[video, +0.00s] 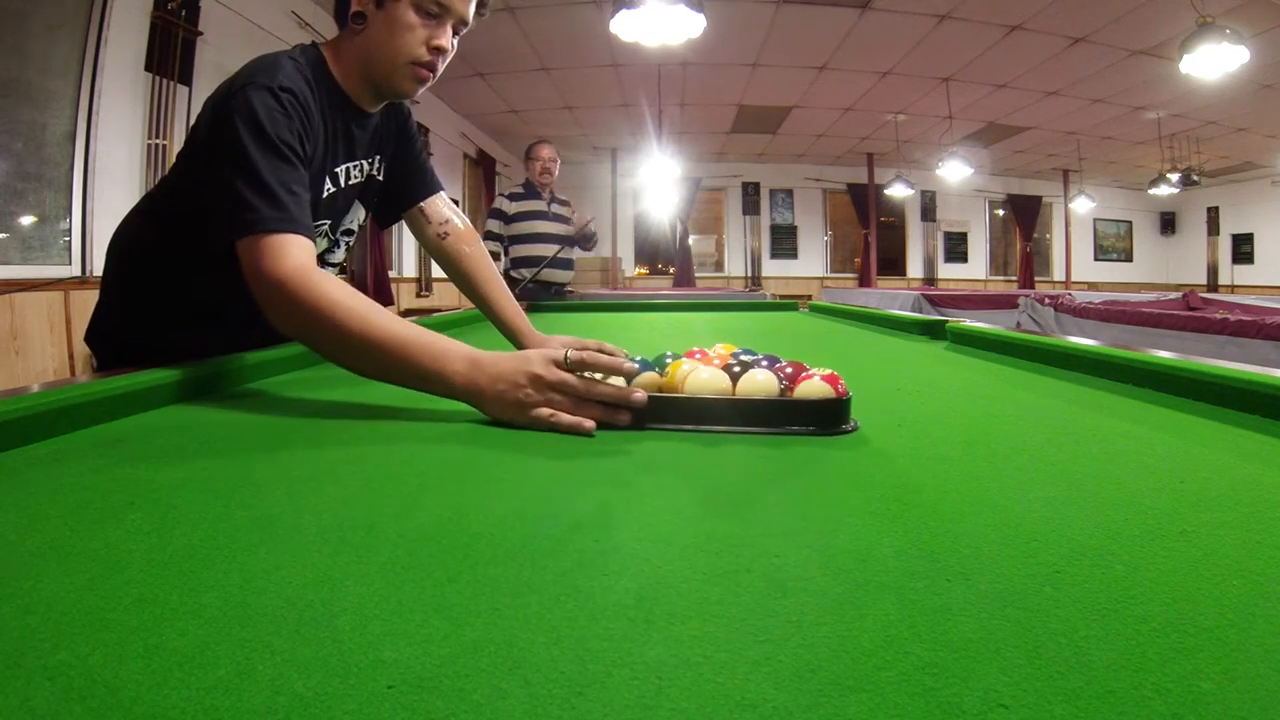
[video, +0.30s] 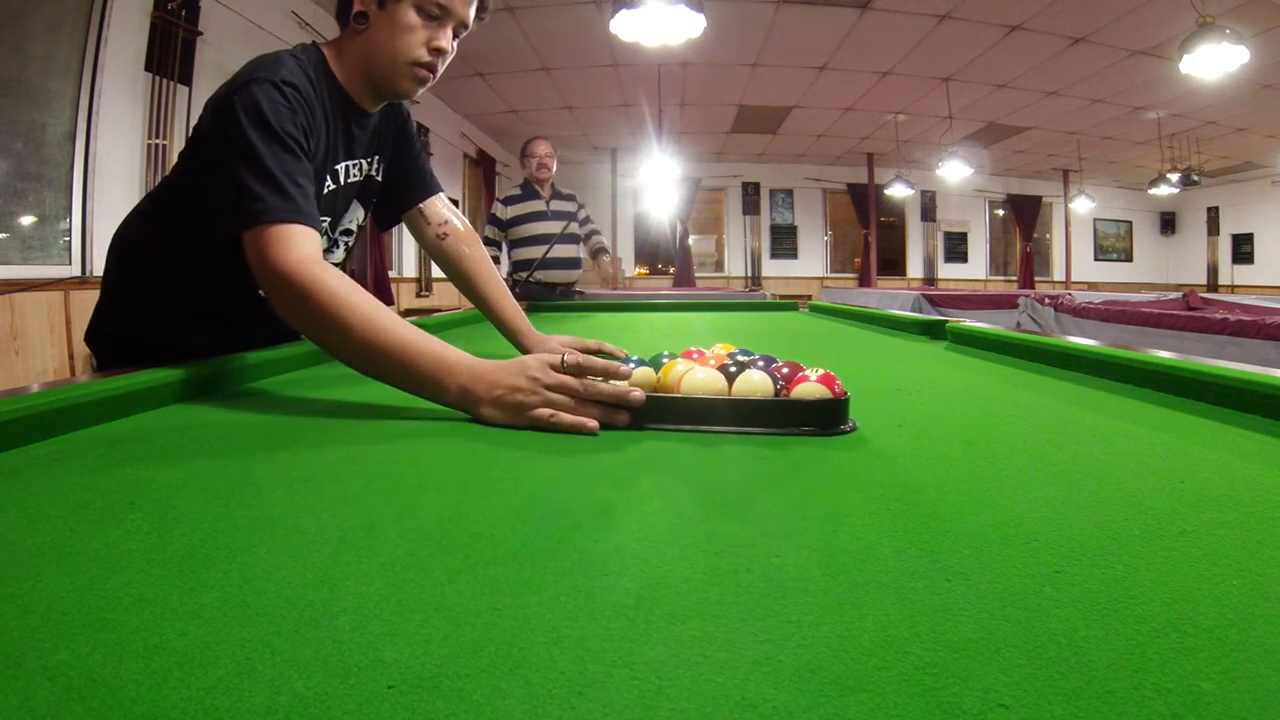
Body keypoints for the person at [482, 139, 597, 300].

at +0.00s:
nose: (546, 166)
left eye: (552, 161)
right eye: (539, 160)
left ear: (558, 167)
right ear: (527, 165)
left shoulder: (565, 206)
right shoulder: (508, 200)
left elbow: (587, 246)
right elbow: (491, 246)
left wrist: (586, 233)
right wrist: (495, 286)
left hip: (559, 294)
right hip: (522, 292)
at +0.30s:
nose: (543, 161)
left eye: (548, 156)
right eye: (535, 157)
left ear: (556, 162)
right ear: (524, 164)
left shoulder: (571, 200)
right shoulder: (507, 202)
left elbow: (591, 233)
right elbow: (491, 247)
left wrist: (604, 262)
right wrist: (496, 284)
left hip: (566, 295)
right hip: (528, 295)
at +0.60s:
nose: (543, 158)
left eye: (549, 153)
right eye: (535, 154)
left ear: (558, 160)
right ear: (525, 163)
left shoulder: (577, 199)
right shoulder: (508, 203)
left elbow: (597, 235)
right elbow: (492, 247)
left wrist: (612, 265)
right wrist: (498, 285)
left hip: (572, 296)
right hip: (528, 298)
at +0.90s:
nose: (557, 155)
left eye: (564, 151)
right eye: (550, 152)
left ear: (574, 160)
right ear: (541, 161)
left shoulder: (592, 201)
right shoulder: (521, 201)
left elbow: (610, 241)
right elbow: (505, 244)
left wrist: (627, 275)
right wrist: (509, 285)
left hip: (583, 298)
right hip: (538, 299)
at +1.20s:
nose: (583, 155)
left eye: (590, 150)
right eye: (577, 150)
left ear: (600, 158)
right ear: (568, 159)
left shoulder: (618, 203)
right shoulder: (546, 200)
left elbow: (632, 244)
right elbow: (531, 243)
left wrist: (641, 282)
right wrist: (531, 282)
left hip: (605, 299)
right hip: (558, 299)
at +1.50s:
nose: (609, 154)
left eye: (617, 150)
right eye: (602, 149)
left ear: (625, 157)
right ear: (593, 157)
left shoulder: (638, 203)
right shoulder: (569, 198)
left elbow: (649, 246)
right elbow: (551, 242)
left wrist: (649, 285)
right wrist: (549, 284)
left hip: (619, 300)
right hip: (574, 298)